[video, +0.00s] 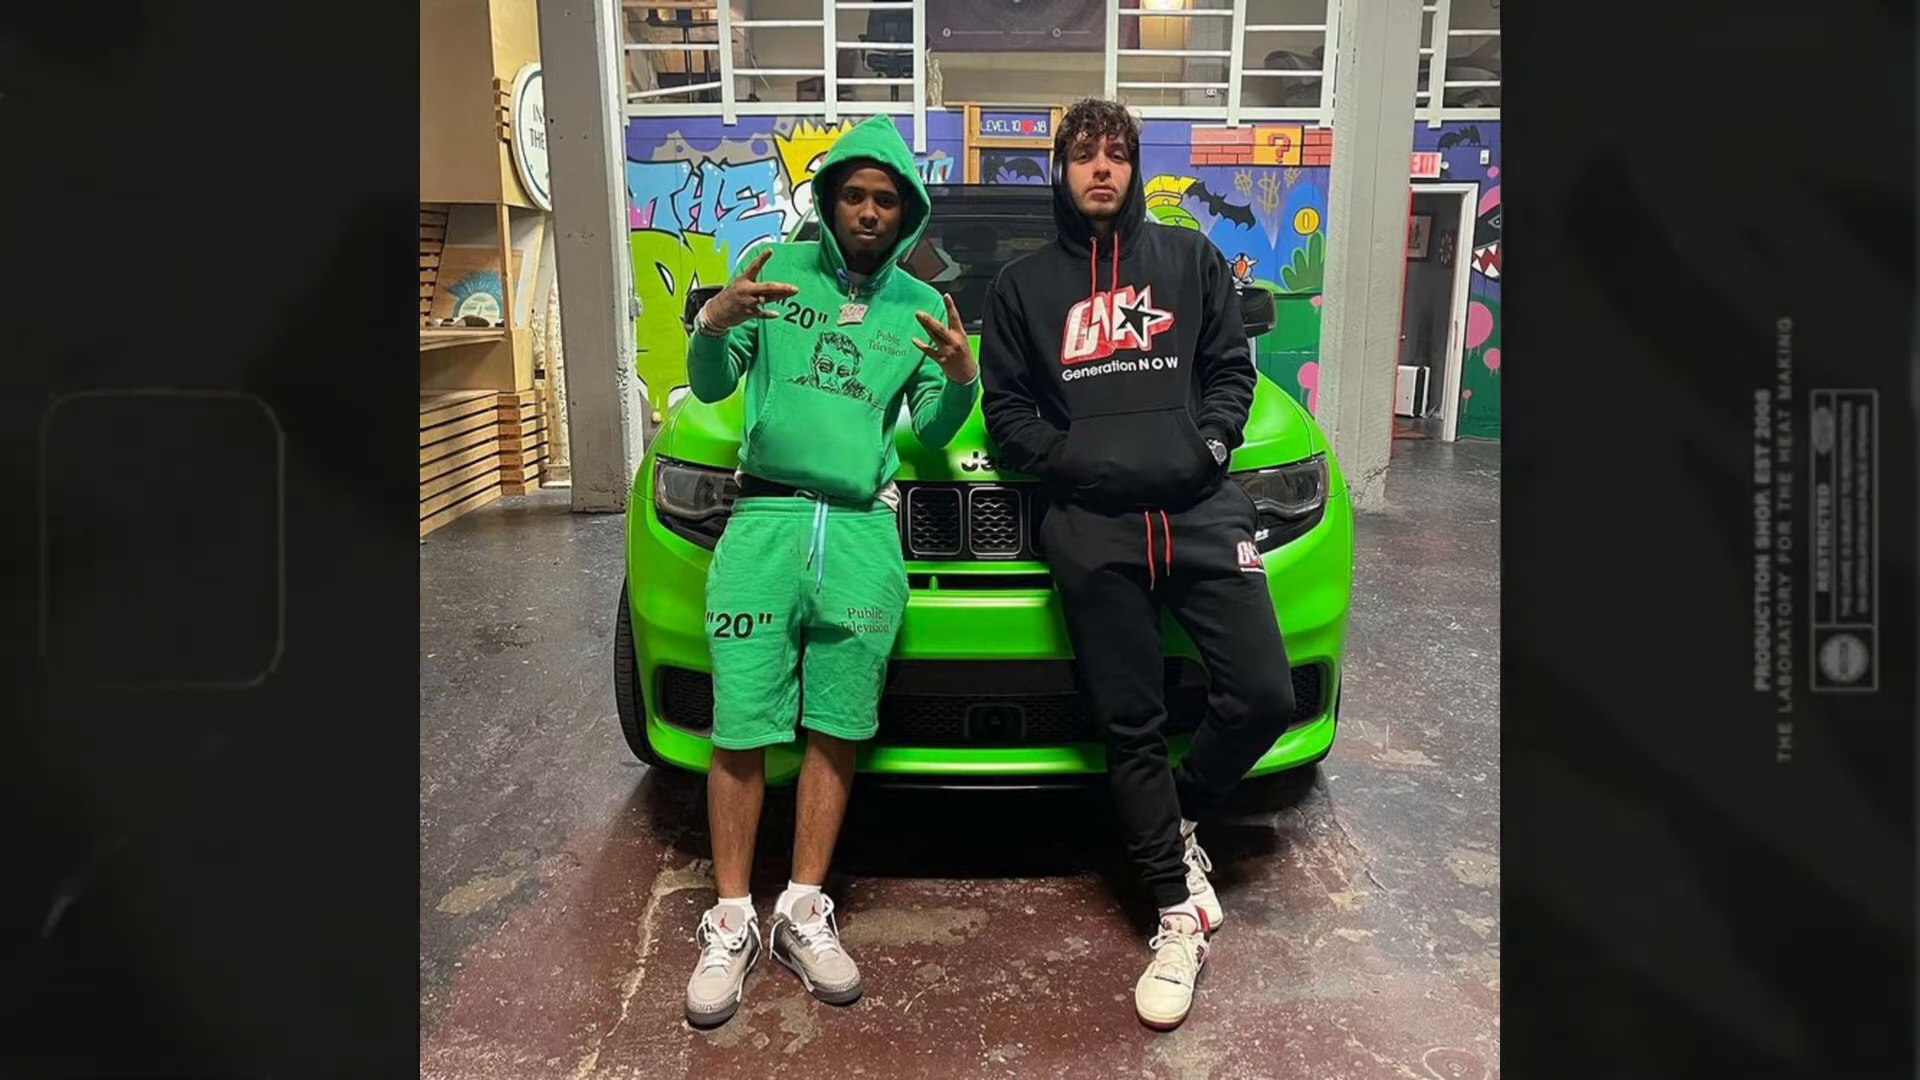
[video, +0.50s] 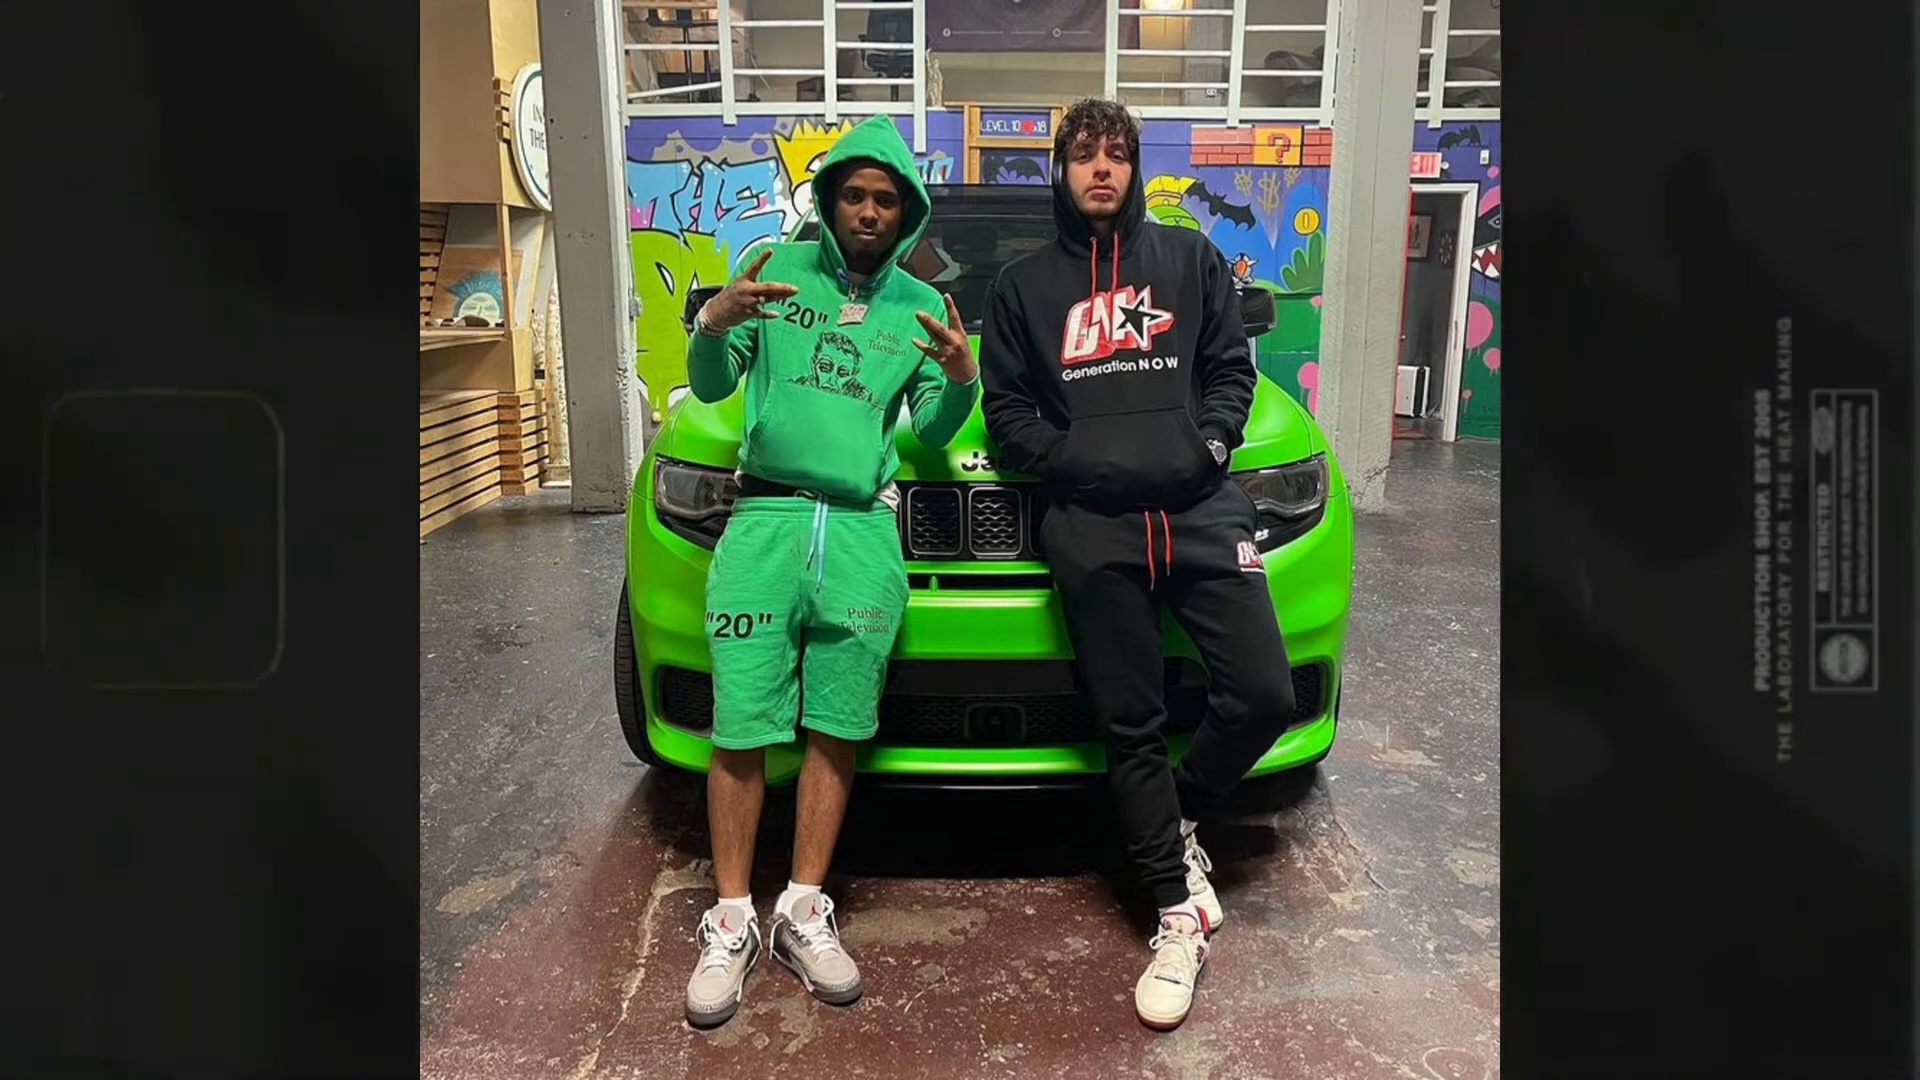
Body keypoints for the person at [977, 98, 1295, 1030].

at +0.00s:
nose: (1102, 171)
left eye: (1116, 158)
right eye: (1088, 158)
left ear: (1137, 171)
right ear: (1062, 171)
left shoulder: (1191, 256)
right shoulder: (1018, 280)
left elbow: (1232, 364)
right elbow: (1004, 403)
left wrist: (1209, 444)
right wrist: (1065, 458)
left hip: (1200, 503)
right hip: (1091, 514)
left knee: (1262, 693)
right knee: (1131, 718)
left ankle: (1179, 819)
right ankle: (1179, 916)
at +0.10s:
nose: (1102, 171)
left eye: (1116, 158)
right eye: (1088, 158)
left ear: (1137, 171)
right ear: (1062, 171)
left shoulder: (1191, 256)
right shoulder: (1018, 280)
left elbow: (1232, 364)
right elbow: (1004, 403)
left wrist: (1209, 444)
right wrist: (1065, 458)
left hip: (1200, 503)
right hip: (1091, 514)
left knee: (1262, 693)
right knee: (1131, 718)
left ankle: (1179, 819)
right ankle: (1179, 917)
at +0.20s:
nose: (1102, 171)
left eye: (1116, 158)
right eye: (1088, 158)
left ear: (1137, 171)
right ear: (1062, 171)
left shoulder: (1191, 256)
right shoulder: (1018, 280)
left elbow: (1232, 364)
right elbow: (1004, 403)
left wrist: (1209, 444)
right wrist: (1065, 457)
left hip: (1200, 503)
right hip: (1091, 514)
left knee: (1262, 693)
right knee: (1131, 718)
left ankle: (1179, 819)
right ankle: (1179, 917)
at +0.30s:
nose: (1102, 171)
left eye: (1116, 158)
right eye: (1088, 158)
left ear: (1137, 171)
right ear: (1062, 171)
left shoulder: (1191, 256)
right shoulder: (1018, 280)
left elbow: (1232, 364)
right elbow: (1004, 403)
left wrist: (1209, 444)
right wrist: (1065, 458)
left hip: (1200, 503)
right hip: (1091, 514)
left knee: (1262, 693)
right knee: (1131, 718)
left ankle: (1179, 819)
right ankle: (1179, 917)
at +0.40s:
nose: (1102, 171)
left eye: (1116, 158)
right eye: (1088, 158)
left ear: (1137, 171)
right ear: (1062, 171)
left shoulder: (1191, 256)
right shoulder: (1018, 280)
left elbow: (1232, 364)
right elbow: (1004, 403)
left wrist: (1209, 444)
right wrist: (1065, 457)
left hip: (1200, 503)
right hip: (1091, 514)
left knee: (1262, 693)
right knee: (1131, 718)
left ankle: (1179, 819)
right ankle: (1179, 917)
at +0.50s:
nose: (1102, 171)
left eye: (1115, 158)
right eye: (1087, 158)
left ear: (1137, 171)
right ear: (1061, 172)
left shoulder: (1191, 256)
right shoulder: (1017, 280)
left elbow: (1232, 363)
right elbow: (1003, 403)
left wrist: (1209, 444)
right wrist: (1064, 457)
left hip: (1200, 503)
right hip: (1091, 514)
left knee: (1262, 692)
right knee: (1131, 719)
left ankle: (1180, 818)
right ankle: (1179, 918)